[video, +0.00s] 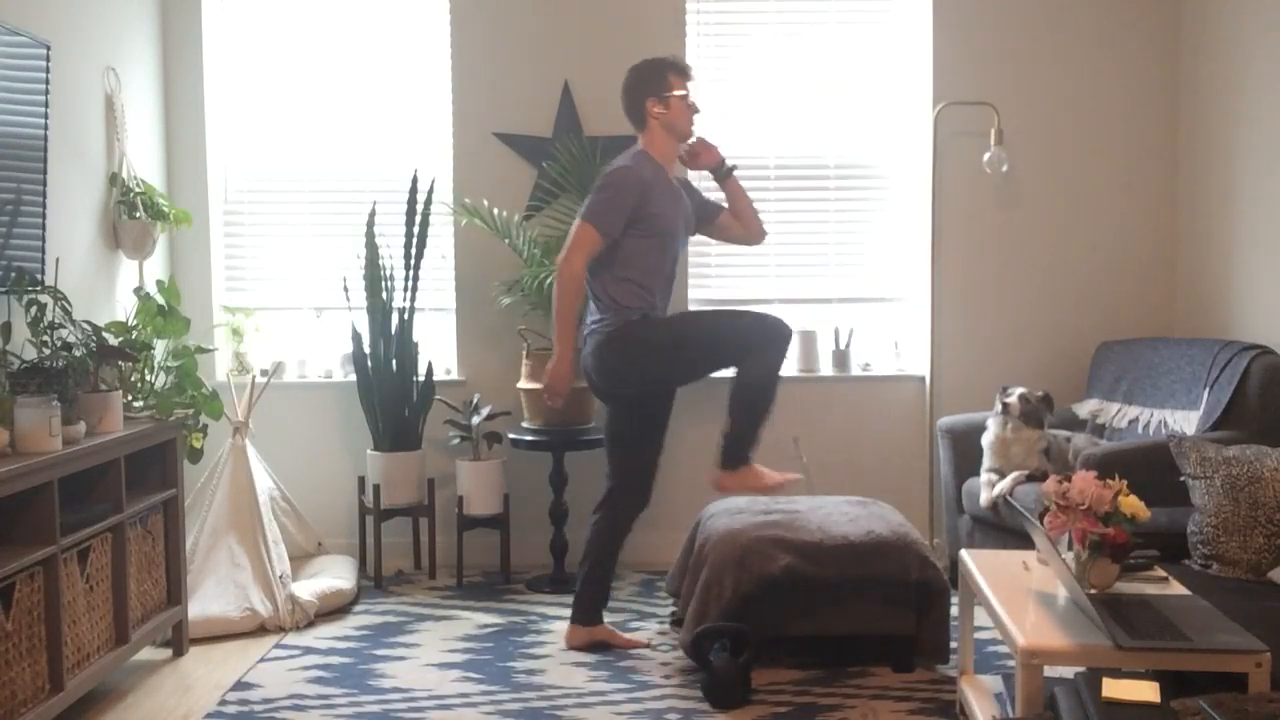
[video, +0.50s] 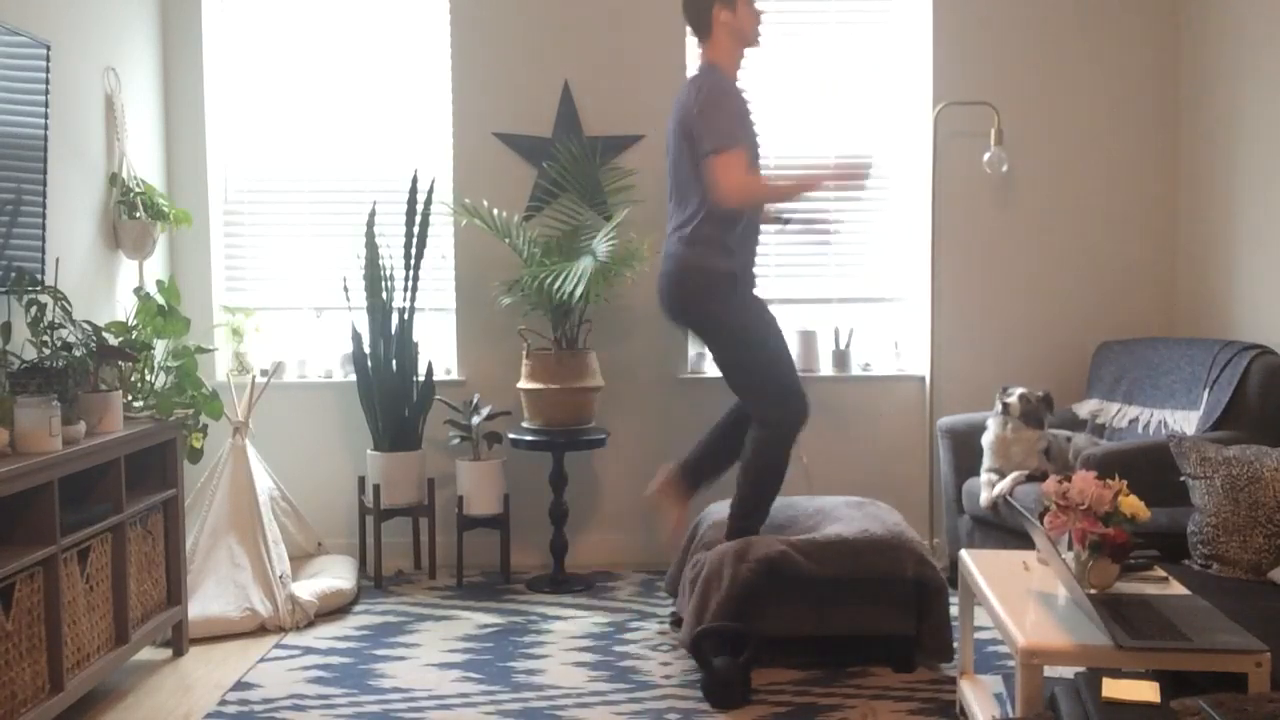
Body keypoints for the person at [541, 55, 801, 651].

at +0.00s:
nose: (694, 106)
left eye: (691, 96)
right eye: (685, 96)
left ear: (660, 109)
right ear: (655, 108)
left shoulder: (677, 187)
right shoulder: (630, 174)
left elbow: (750, 230)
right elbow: (572, 262)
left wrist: (721, 171)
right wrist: (564, 355)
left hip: (635, 346)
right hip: (623, 343)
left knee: (626, 493)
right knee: (767, 332)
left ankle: (586, 622)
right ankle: (736, 465)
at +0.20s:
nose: (724, 116)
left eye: (720, 106)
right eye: (713, 107)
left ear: (689, 121)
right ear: (684, 120)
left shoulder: (702, 201)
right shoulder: (662, 190)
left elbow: (774, 229)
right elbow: (606, 273)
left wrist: (741, 171)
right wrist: (620, 368)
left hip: (662, 360)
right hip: (655, 360)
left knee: (666, 499)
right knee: (792, 393)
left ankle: (591, 615)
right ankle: (739, 516)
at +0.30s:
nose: (739, 89)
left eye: (734, 79)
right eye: (729, 80)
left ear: (700, 94)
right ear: (702, 92)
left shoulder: (711, 175)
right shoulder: (681, 168)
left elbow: (778, 220)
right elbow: (636, 256)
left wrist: (767, 158)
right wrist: (684, 334)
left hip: (677, 344)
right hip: (675, 342)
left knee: (661, 483)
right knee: (803, 407)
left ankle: (595, 604)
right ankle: (742, 529)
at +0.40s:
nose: (752, 48)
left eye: (748, 37)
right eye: (742, 38)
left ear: (712, 53)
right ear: (714, 51)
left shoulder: (716, 127)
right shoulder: (700, 126)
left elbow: (746, 219)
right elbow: (677, 220)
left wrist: (792, 172)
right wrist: (730, 252)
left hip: (693, 310)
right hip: (695, 313)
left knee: (696, 451)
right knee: (797, 413)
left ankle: (629, 567)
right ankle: (739, 550)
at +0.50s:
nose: (758, 14)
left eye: (754, 5)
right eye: (748, 5)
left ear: (718, 22)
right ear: (722, 16)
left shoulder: (707, 91)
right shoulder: (716, 92)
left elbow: (724, 193)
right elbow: (732, 189)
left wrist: (782, 206)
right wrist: (821, 180)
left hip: (704, 276)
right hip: (709, 279)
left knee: (766, 399)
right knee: (783, 410)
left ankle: (680, 483)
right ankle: (739, 548)